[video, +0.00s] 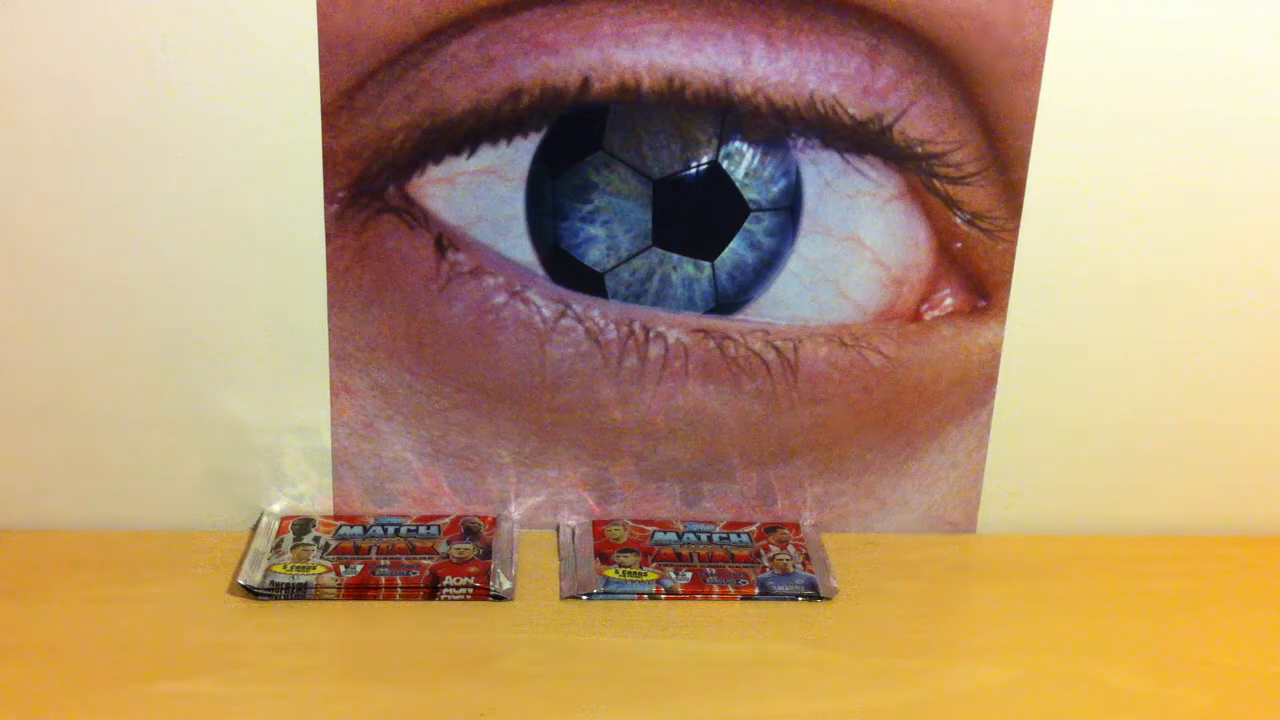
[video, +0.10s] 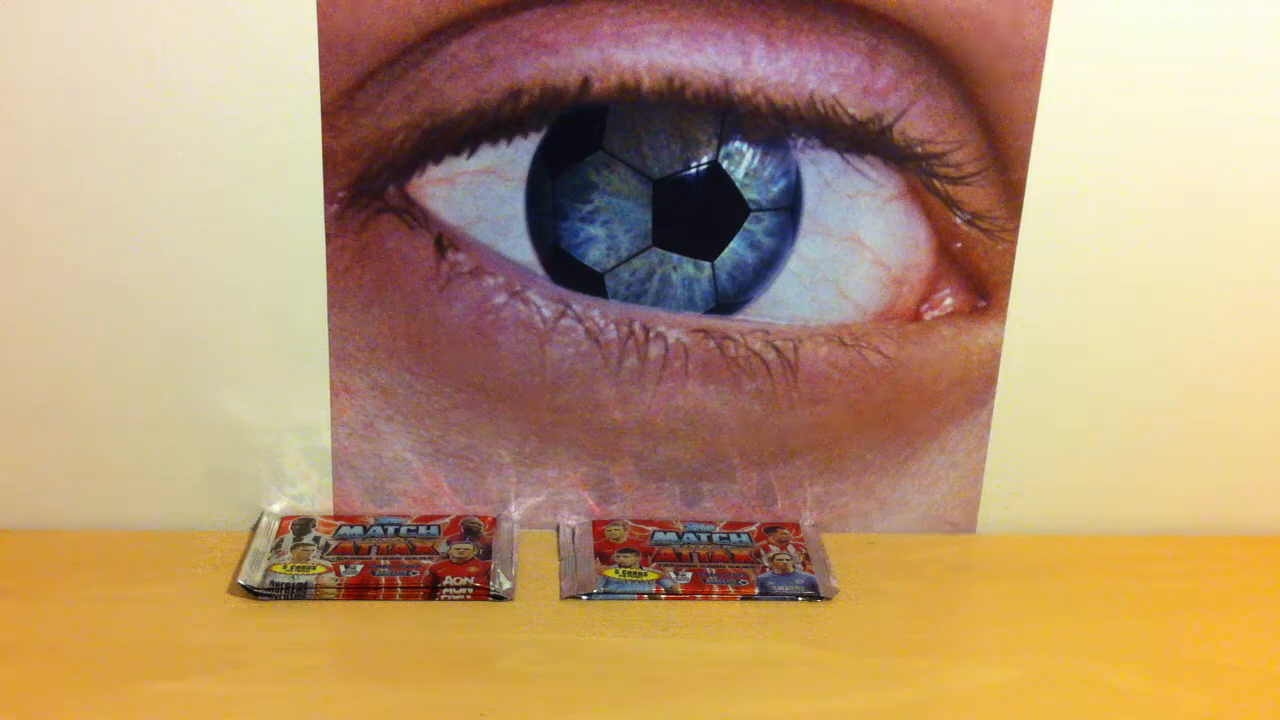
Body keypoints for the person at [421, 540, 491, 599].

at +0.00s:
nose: (461, 551)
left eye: (466, 548)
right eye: (457, 548)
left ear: (474, 550)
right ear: (449, 550)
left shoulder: (484, 567)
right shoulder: (436, 568)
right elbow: (425, 598)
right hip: (443, 613)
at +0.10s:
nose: (461, 551)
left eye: (466, 548)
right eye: (457, 548)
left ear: (474, 550)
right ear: (449, 550)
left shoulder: (484, 567)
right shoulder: (436, 568)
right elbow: (425, 598)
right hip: (443, 613)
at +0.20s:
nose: (461, 551)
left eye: (466, 548)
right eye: (457, 548)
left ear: (474, 550)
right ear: (449, 550)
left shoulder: (484, 567)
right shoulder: (436, 568)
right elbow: (425, 598)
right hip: (443, 613)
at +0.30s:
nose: (461, 551)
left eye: (466, 548)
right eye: (457, 548)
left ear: (474, 550)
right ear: (449, 550)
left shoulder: (484, 567)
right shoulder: (436, 568)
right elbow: (425, 598)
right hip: (443, 612)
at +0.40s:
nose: (461, 551)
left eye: (466, 548)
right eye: (457, 548)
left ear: (474, 550)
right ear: (449, 550)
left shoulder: (484, 567)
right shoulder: (436, 568)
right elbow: (425, 598)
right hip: (443, 612)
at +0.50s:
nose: (461, 551)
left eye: (466, 548)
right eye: (457, 548)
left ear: (474, 550)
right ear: (449, 550)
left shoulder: (484, 567)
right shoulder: (436, 569)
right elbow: (425, 598)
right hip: (443, 612)